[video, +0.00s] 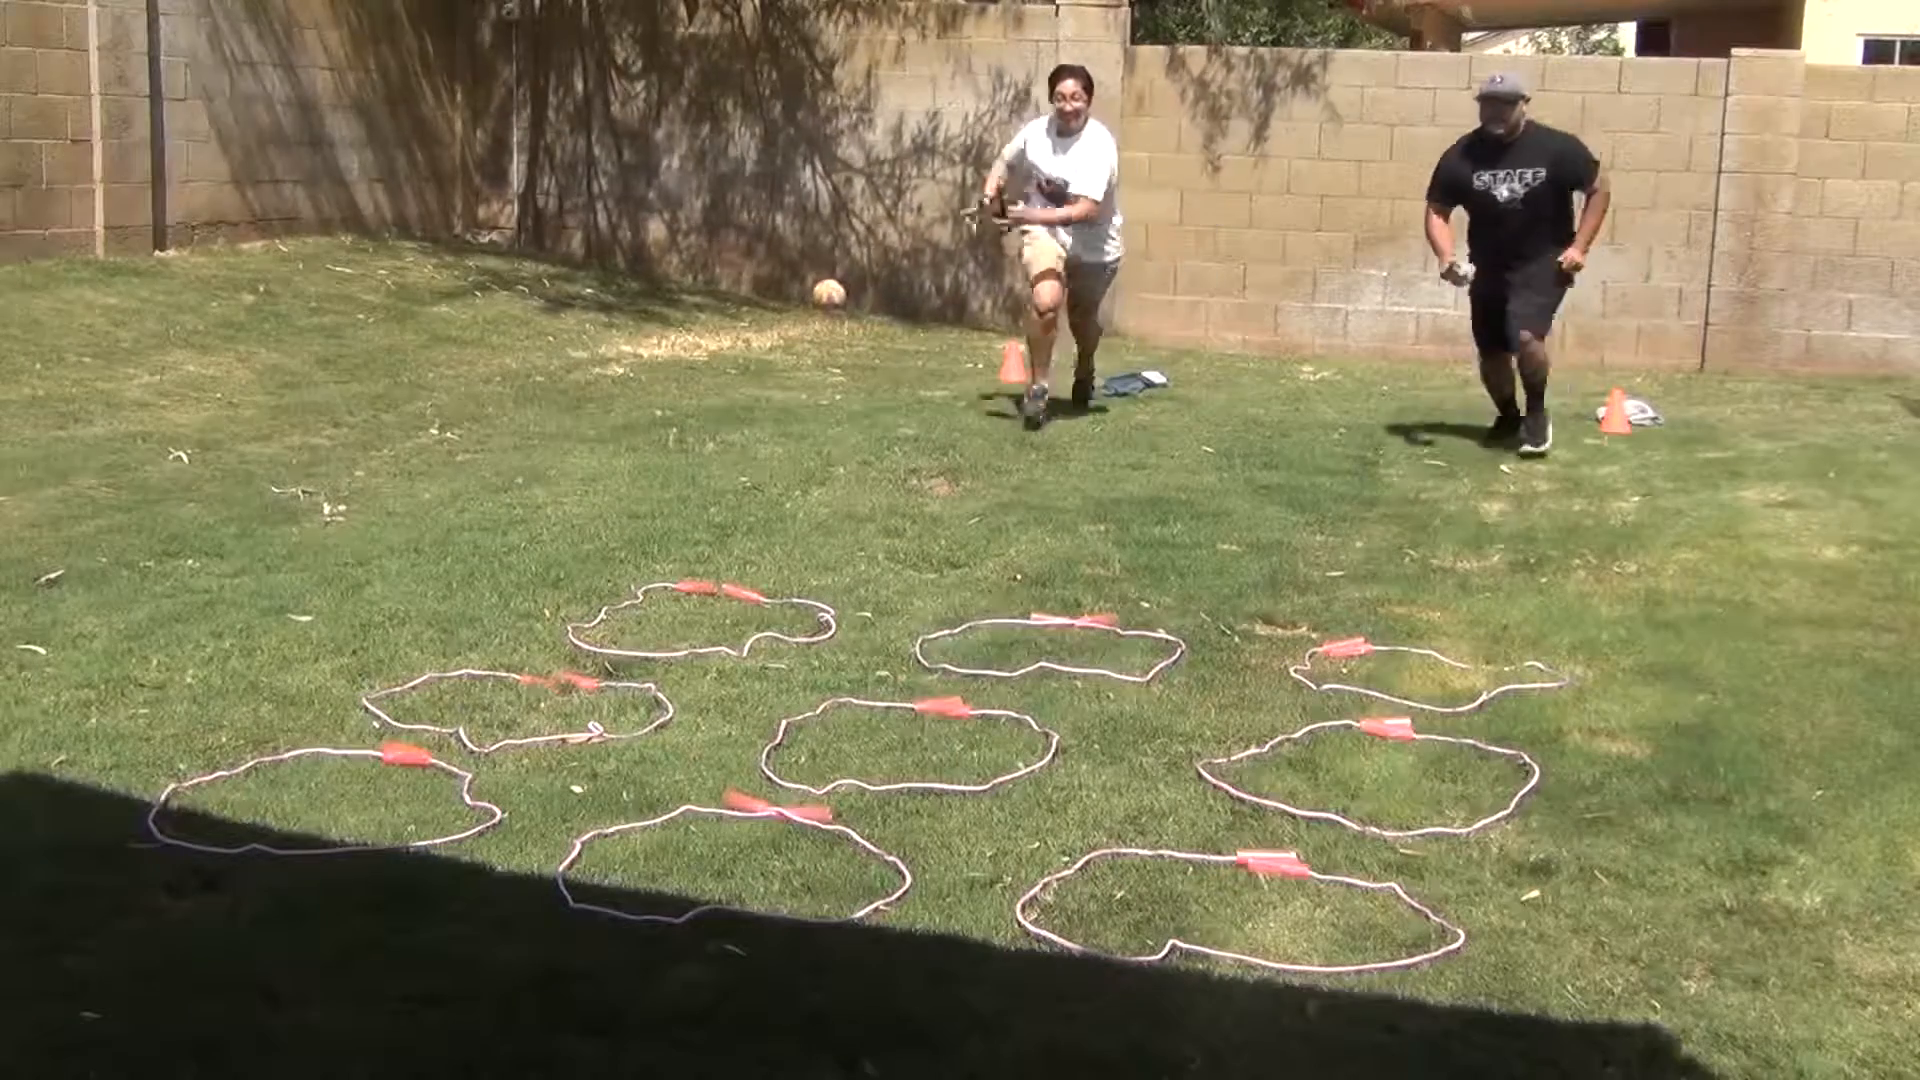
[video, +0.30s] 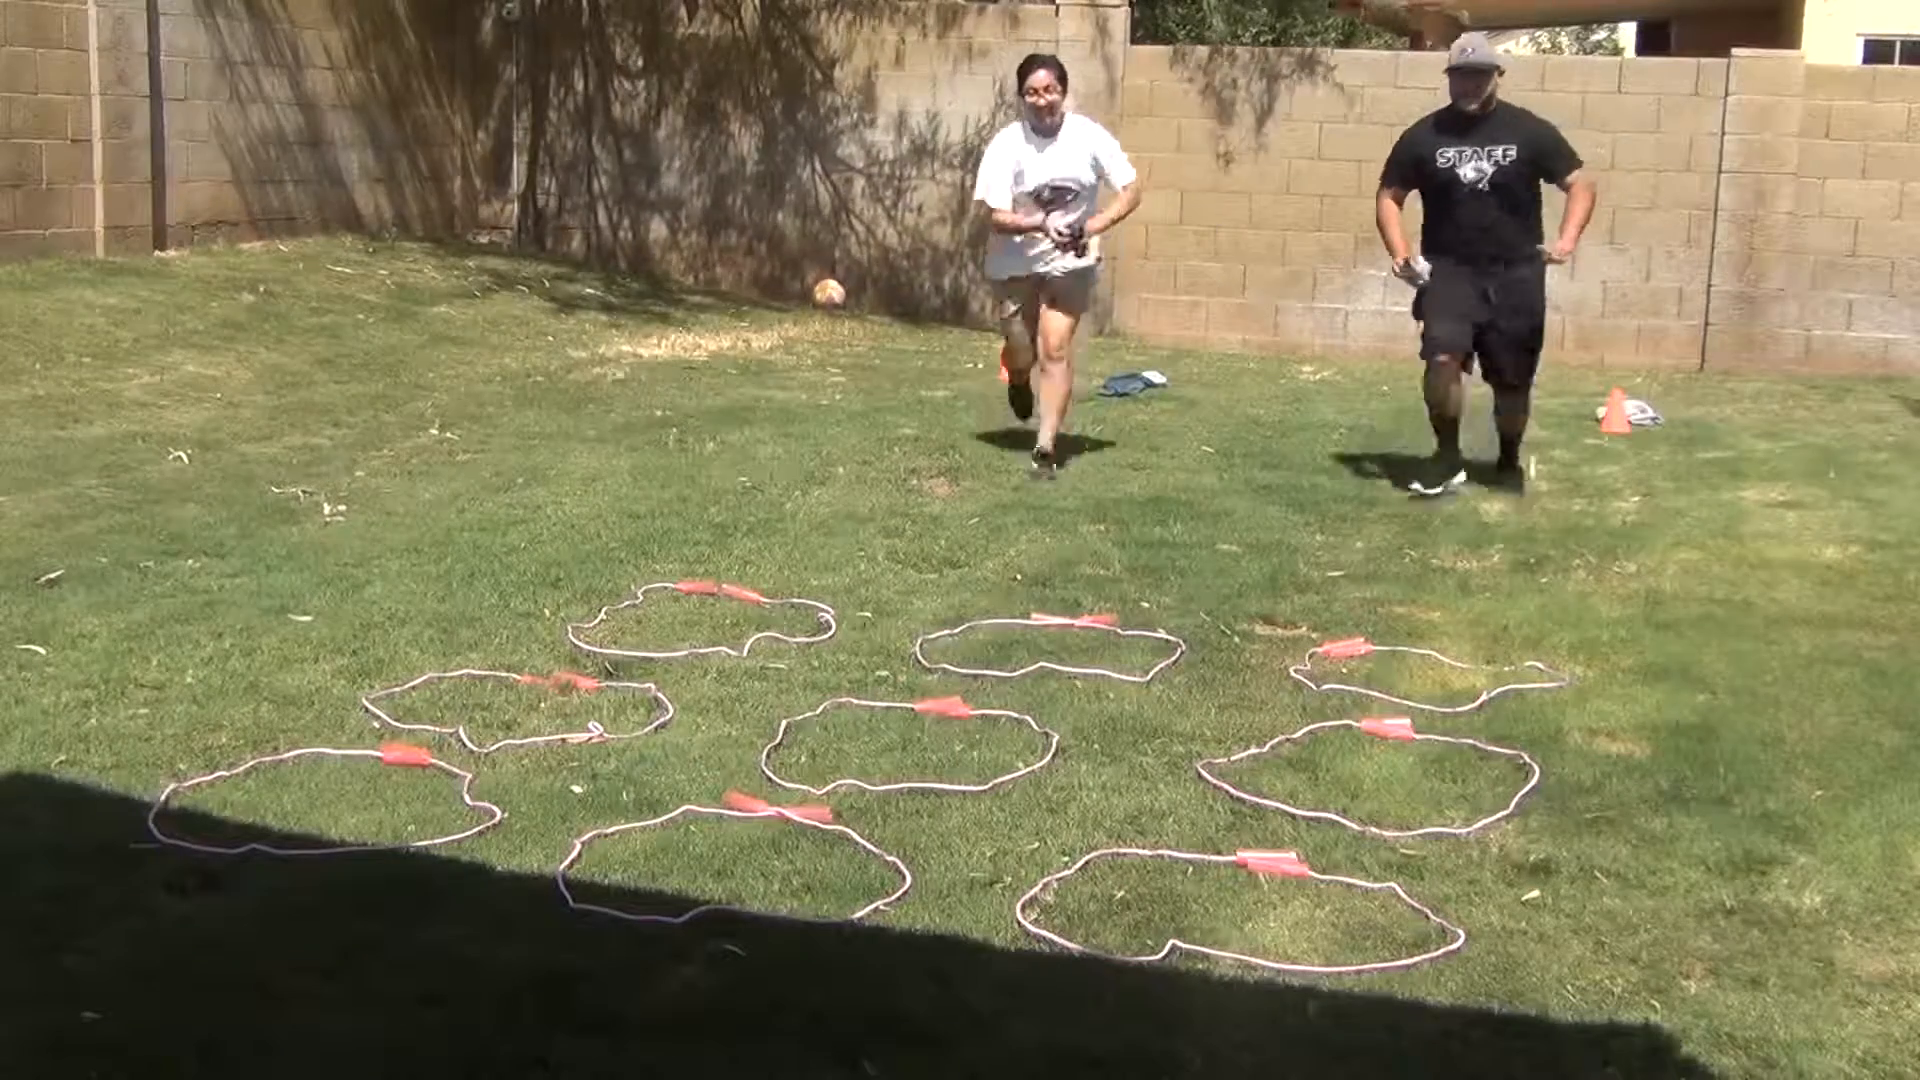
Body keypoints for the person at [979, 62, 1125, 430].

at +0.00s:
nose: (1068, 106)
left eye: (1076, 98)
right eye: (1061, 98)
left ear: (1089, 100)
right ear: (1051, 101)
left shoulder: (1100, 143)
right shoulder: (1035, 130)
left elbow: (1087, 209)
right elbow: (1004, 163)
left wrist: (1027, 216)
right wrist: (990, 194)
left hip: (1093, 242)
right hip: (1043, 230)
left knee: (1083, 320)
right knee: (1046, 303)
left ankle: (1084, 370)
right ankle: (1039, 386)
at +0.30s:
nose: (1042, 100)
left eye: (1050, 90)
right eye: (1033, 92)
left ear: (1064, 92)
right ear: (1021, 97)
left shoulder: (1089, 134)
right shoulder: (1005, 143)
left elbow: (1131, 191)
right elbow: (993, 215)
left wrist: (1096, 225)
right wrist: (1038, 223)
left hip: (1070, 262)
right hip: (1014, 266)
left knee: (1056, 350)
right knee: (1020, 349)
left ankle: (1046, 445)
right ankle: (1019, 379)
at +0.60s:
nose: (1019, 93)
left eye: (1028, 83)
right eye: (1009, 84)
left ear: (1043, 86)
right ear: (996, 86)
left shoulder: (1068, 135)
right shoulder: (968, 135)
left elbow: (1108, 204)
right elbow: (932, 204)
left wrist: (1055, 219)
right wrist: (960, 210)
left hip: (1052, 281)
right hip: (983, 280)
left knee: (1055, 386)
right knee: (995, 379)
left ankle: (1049, 442)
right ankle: (981, 501)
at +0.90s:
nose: (992, 121)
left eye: (1003, 109)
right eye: (981, 110)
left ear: (1022, 114)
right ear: (968, 118)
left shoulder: (1048, 176)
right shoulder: (940, 173)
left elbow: (1081, 252)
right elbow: (909, 243)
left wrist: (1038, 211)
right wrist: (919, 281)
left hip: (1023, 315)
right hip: (953, 308)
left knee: (1010, 423)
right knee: (947, 399)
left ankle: (1000, 540)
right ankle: (918, 509)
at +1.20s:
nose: (959, 204)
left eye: (970, 192)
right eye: (947, 193)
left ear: (989, 194)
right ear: (932, 195)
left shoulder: (1008, 255)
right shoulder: (904, 227)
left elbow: (994, 336)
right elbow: (866, 281)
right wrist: (850, 346)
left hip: (975, 360)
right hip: (902, 342)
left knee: (972, 488)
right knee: (927, 430)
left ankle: (984, 542)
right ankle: (888, 578)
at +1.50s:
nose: (955, 193)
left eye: (968, 181)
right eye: (943, 180)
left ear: (986, 178)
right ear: (926, 172)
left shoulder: (1004, 229)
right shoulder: (888, 195)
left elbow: (997, 313)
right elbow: (832, 225)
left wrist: (971, 378)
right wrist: (791, 290)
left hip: (959, 346)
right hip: (883, 330)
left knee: (982, 471)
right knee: (907, 431)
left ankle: (973, 546)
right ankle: (877, 565)